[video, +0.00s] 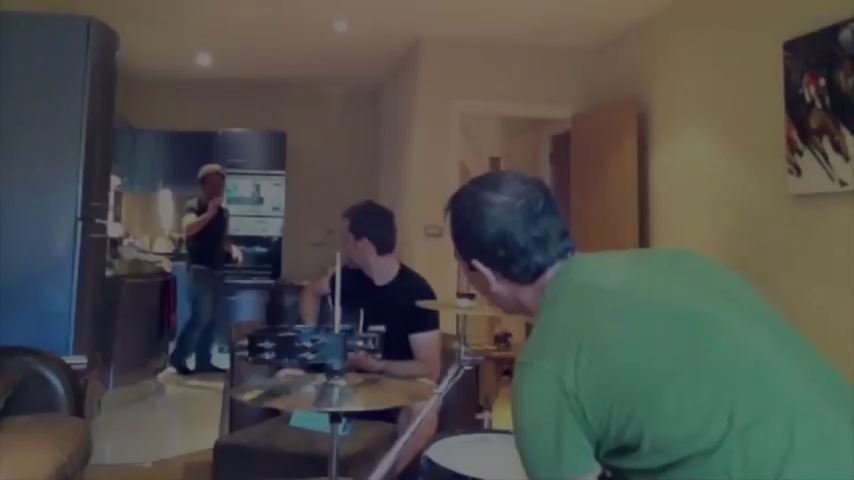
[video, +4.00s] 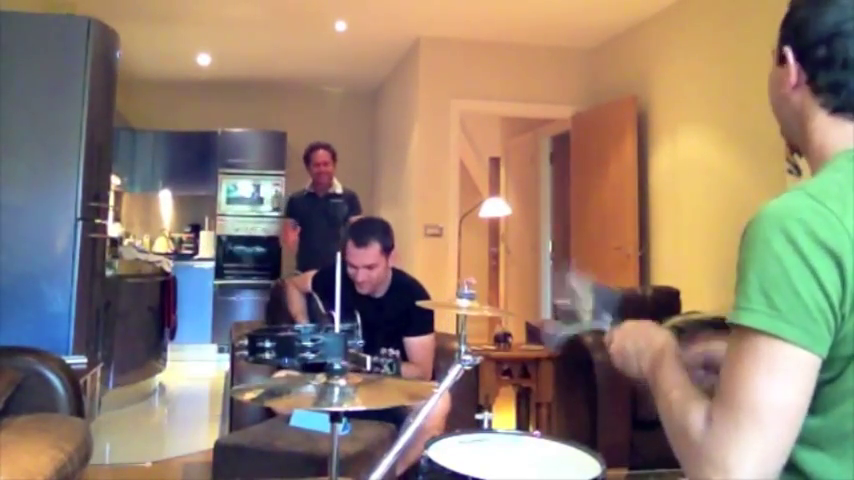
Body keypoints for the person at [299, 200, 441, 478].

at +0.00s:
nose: (343, 245)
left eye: (346, 238)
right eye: (344, 237)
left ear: (364, 245)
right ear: (365, 246)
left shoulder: (416, 290)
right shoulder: (346, 277)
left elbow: (430, 369)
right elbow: (311, 293)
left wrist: (375, 365)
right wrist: (311, 339)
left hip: (397, 390)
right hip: (343, 383)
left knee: (425, 413)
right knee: (288, 380)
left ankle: (383, 475)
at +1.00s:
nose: (345, 282)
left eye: (350, 271)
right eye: (338, 274)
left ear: (372, 253)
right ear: (331, 268)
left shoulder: (413, 290)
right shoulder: (334, 282)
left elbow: (436, 367)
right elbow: (296, 286)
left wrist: (379, 366)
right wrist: (307, 336)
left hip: (396, 391)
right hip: (340, 387)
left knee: (440, 403)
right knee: (281, 399)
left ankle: (387, 474)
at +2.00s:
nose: (361, 276)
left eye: (370, 266)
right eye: (353, 267)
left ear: (389, 253)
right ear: (344, 259)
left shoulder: (416, 290)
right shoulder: (340, 279)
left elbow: (430, 370)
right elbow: (299, 287)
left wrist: (378, 369)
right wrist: (304, 331)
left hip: (398, 390)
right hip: (341, 384)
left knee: (433, 406)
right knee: (282, 400)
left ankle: (386, 473)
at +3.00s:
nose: (386, 281)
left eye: (397, 277)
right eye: (381, 270)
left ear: (418, 270)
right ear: (377, 254)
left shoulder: (430, 302)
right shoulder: (351, 274)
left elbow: (430, 378)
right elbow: (304, 279)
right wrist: (314, 328)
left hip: (396, 388)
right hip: (340, 378)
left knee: (443, 403)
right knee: (284, 380)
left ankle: (392, 473)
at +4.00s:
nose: (360, 277)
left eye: (370, 268)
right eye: (352, 267)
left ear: (390, 258)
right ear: (344, 258)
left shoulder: (412, 296)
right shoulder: (335, 277)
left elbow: (423, 371)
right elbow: (292, 286)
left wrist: (369, 366)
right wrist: (304, 327)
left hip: (390, 389)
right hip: (335, 382)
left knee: (438, 402)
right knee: (279, 390)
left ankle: (388, 473)